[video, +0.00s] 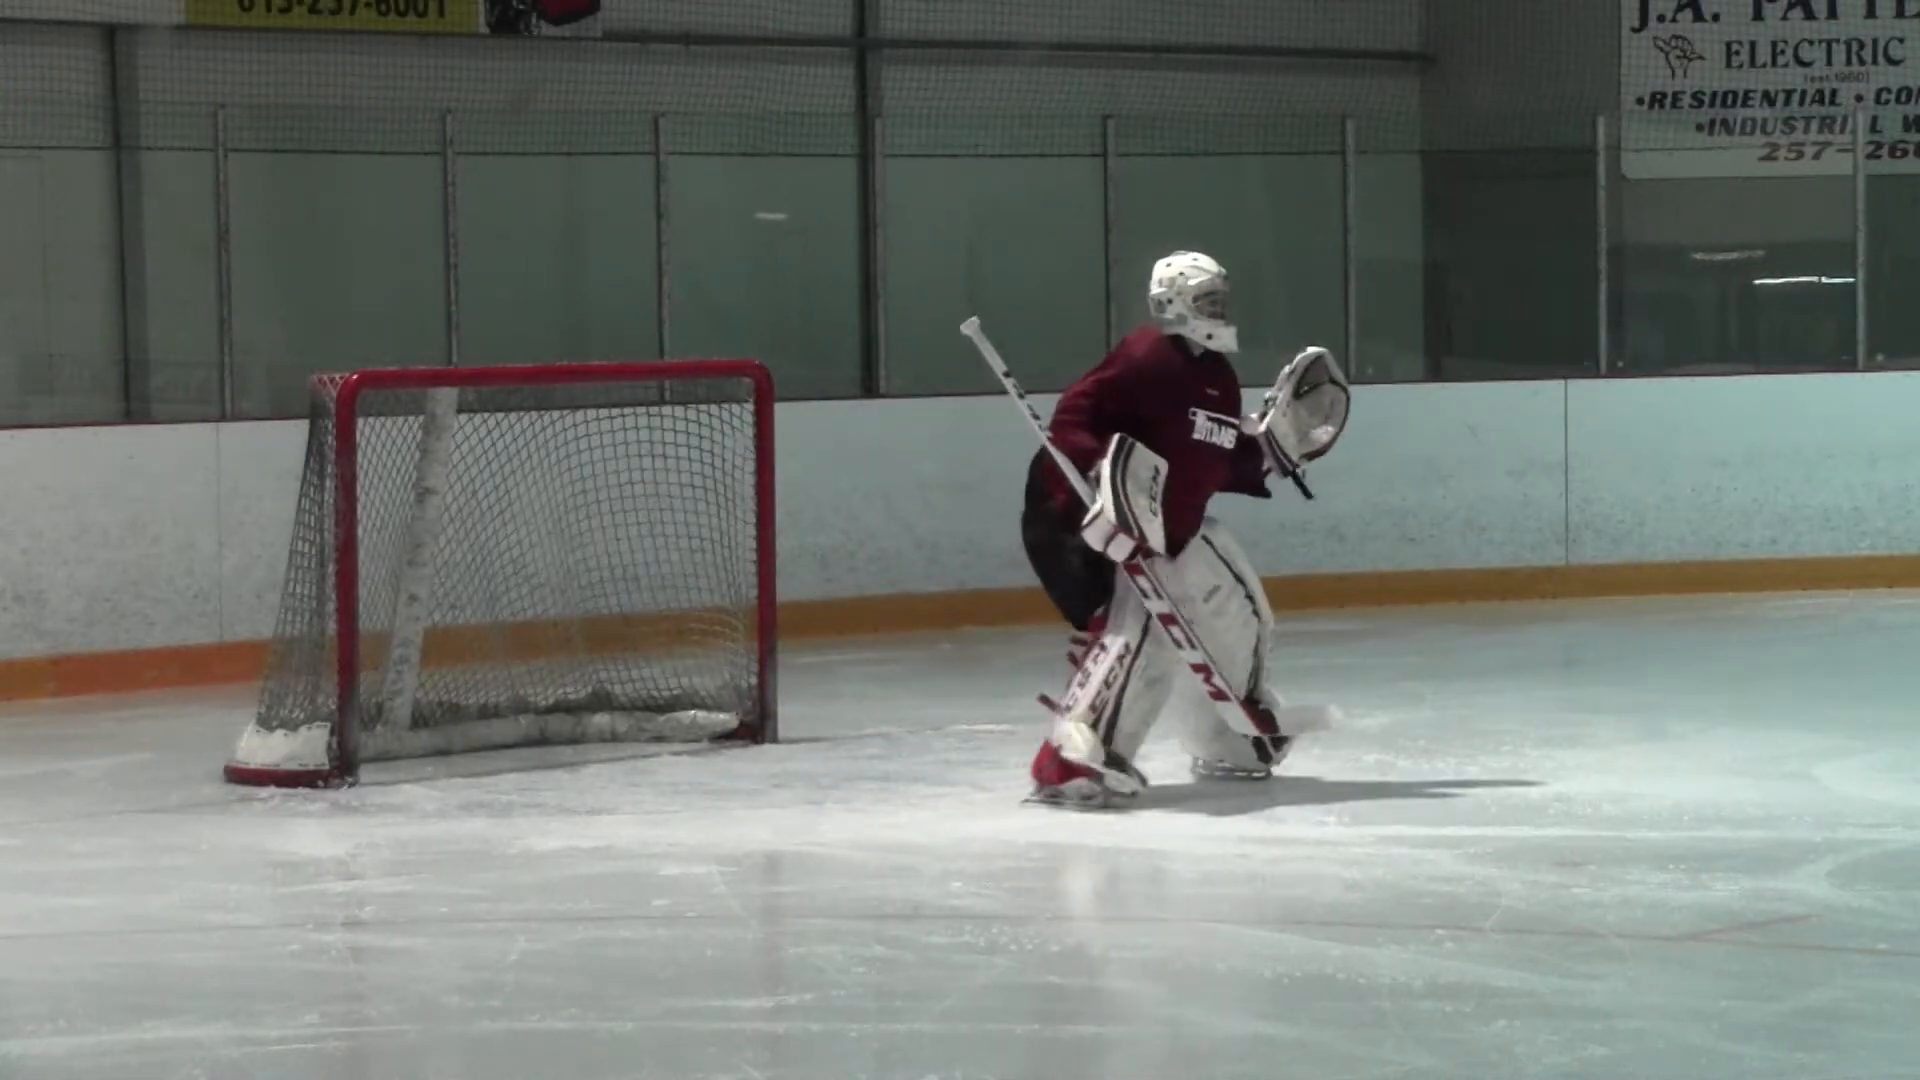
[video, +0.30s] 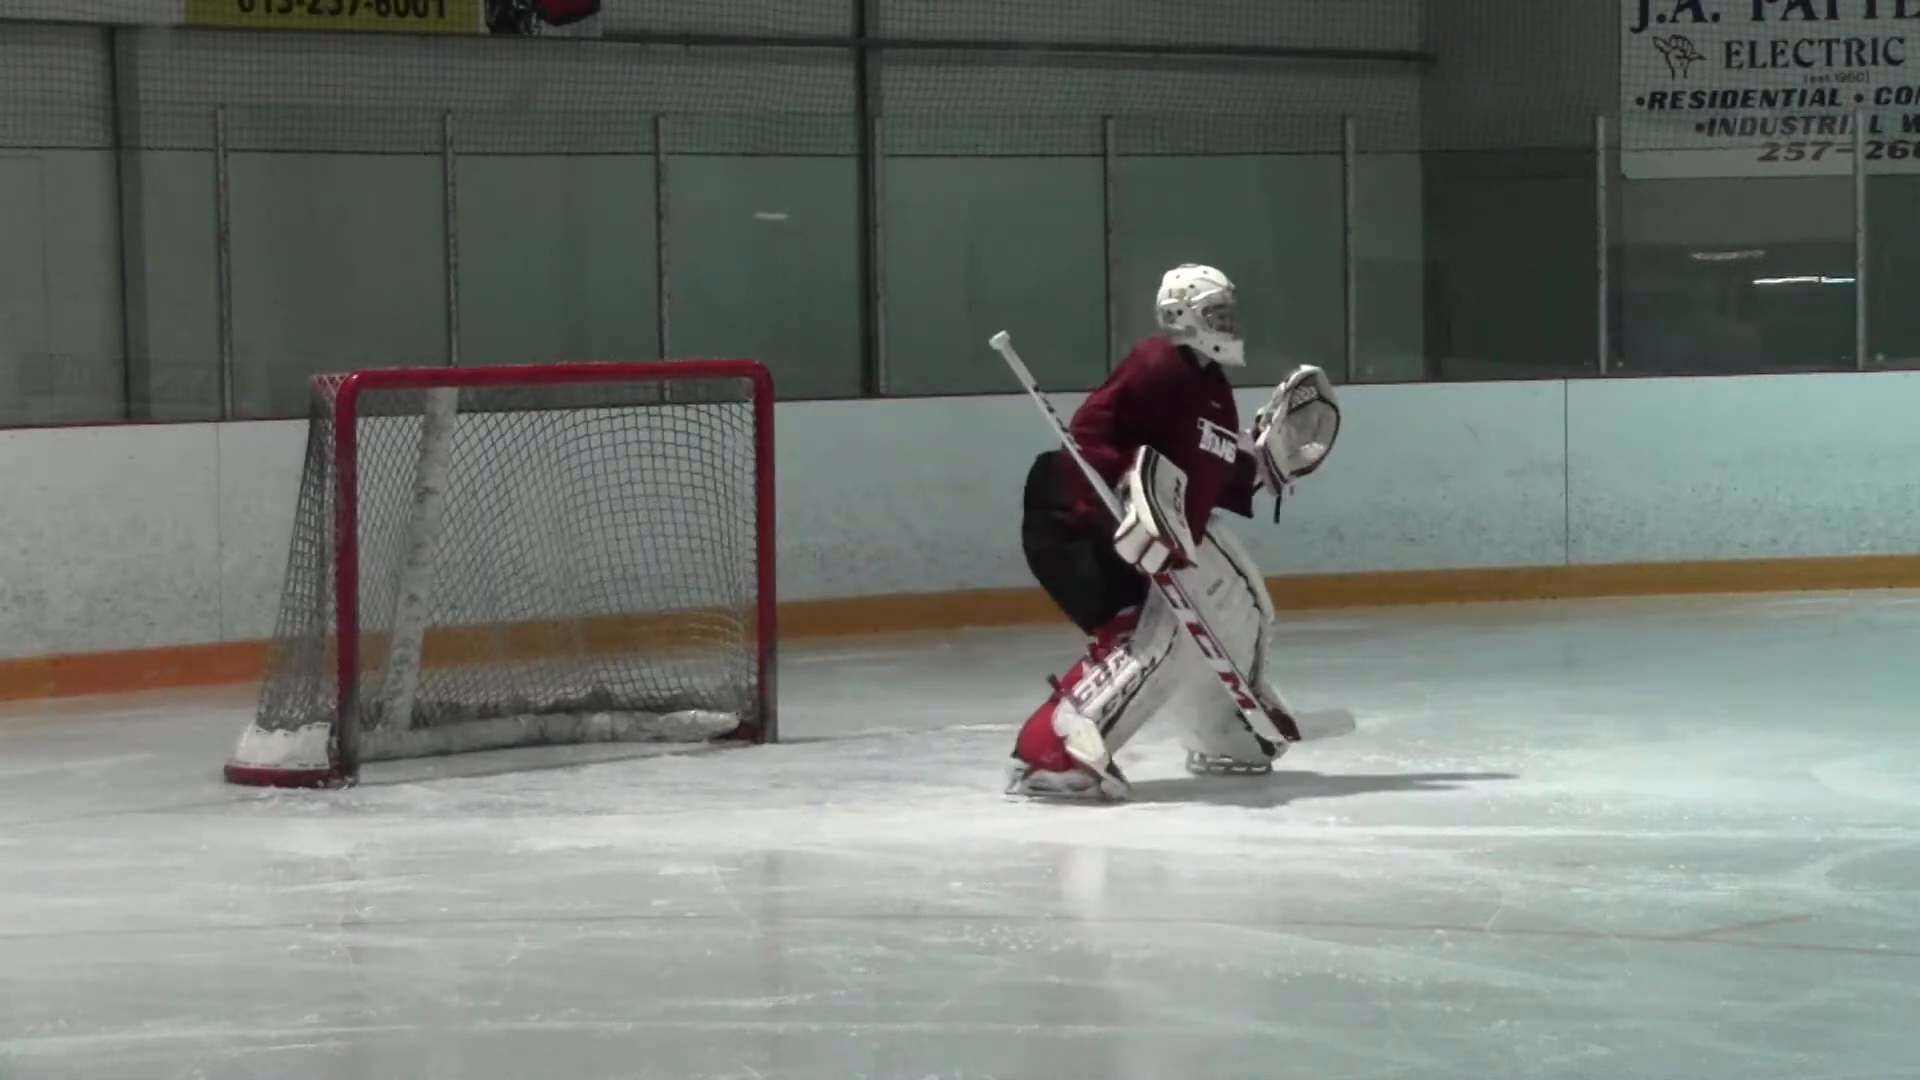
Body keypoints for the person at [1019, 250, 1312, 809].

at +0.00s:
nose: (1220, 309)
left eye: (1221, 299)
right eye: (1206, 301)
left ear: (1221, 302)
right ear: (1172, 308)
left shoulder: (1218, 376)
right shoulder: (1147, 358)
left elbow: (1204, 462)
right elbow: (1068, 420)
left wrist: (1274, 447)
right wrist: (1115, 480)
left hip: (1165, 530)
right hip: (1086, 525)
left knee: (1230, 610)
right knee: (1140, 632)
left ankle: (1231, 741)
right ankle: (1078, 757)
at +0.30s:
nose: (1227, 321)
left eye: (1228, 310)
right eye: (1214, 312)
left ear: (1225, 315)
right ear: (1182, 318)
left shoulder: (1215, 385)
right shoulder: (1157, 363)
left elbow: (1207, 470)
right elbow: (1088, 428)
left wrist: (1267, 462)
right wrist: (1136, 492)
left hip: (1161, 528)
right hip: (1086, 520)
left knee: (1233, 608)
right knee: (1151, 636)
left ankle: (1224, 739)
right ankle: (1054, 753)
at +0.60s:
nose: (1234, 324)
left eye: (1234, 314)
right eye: (1222, 315)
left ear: (1225, 318)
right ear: (1189, 321)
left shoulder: (1216, 385)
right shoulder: (1160, 364)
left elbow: (1204, 467)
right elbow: (1089, 425)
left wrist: (1260, 469)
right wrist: (1138, 486)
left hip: (1174, 521)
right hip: (1124, 517)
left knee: (1224, 614)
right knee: (1173, 616)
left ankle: (1199, 726)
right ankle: (1092, 733)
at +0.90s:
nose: (1224, 346)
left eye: (1224, 335)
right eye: (1213, 337)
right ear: (1182, 342)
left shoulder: (1193, 402)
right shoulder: (1155, 378)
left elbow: (1191, 493)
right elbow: (1087, 439)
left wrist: (1239, 479)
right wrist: (1131, 508)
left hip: (1094, 512)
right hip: (1046, 499)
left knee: (1182, 596)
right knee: (1123, 618)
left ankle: (1160, 726)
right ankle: (1044, 735)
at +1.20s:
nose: (1192, 385)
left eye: (1192, 373)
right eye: (1181, 374)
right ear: (1150, 378)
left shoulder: (1148, 423)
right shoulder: (1128, 415)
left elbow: (1165, 511)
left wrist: (1201, 504)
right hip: (1012, 538)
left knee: (1130, 651)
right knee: (1117, 655)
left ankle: (1080, 734)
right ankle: (1010, 727)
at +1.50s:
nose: (1169, 404)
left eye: (1170, 393)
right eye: (1158, 393)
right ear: (1128, 393)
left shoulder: (1123, 441)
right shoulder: (1104, 428)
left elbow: (1131, 532)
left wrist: (1166, 587)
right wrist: (1132, 563)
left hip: (1065, 580)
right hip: (1020, 573)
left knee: (1139, 661)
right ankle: (992, 727)